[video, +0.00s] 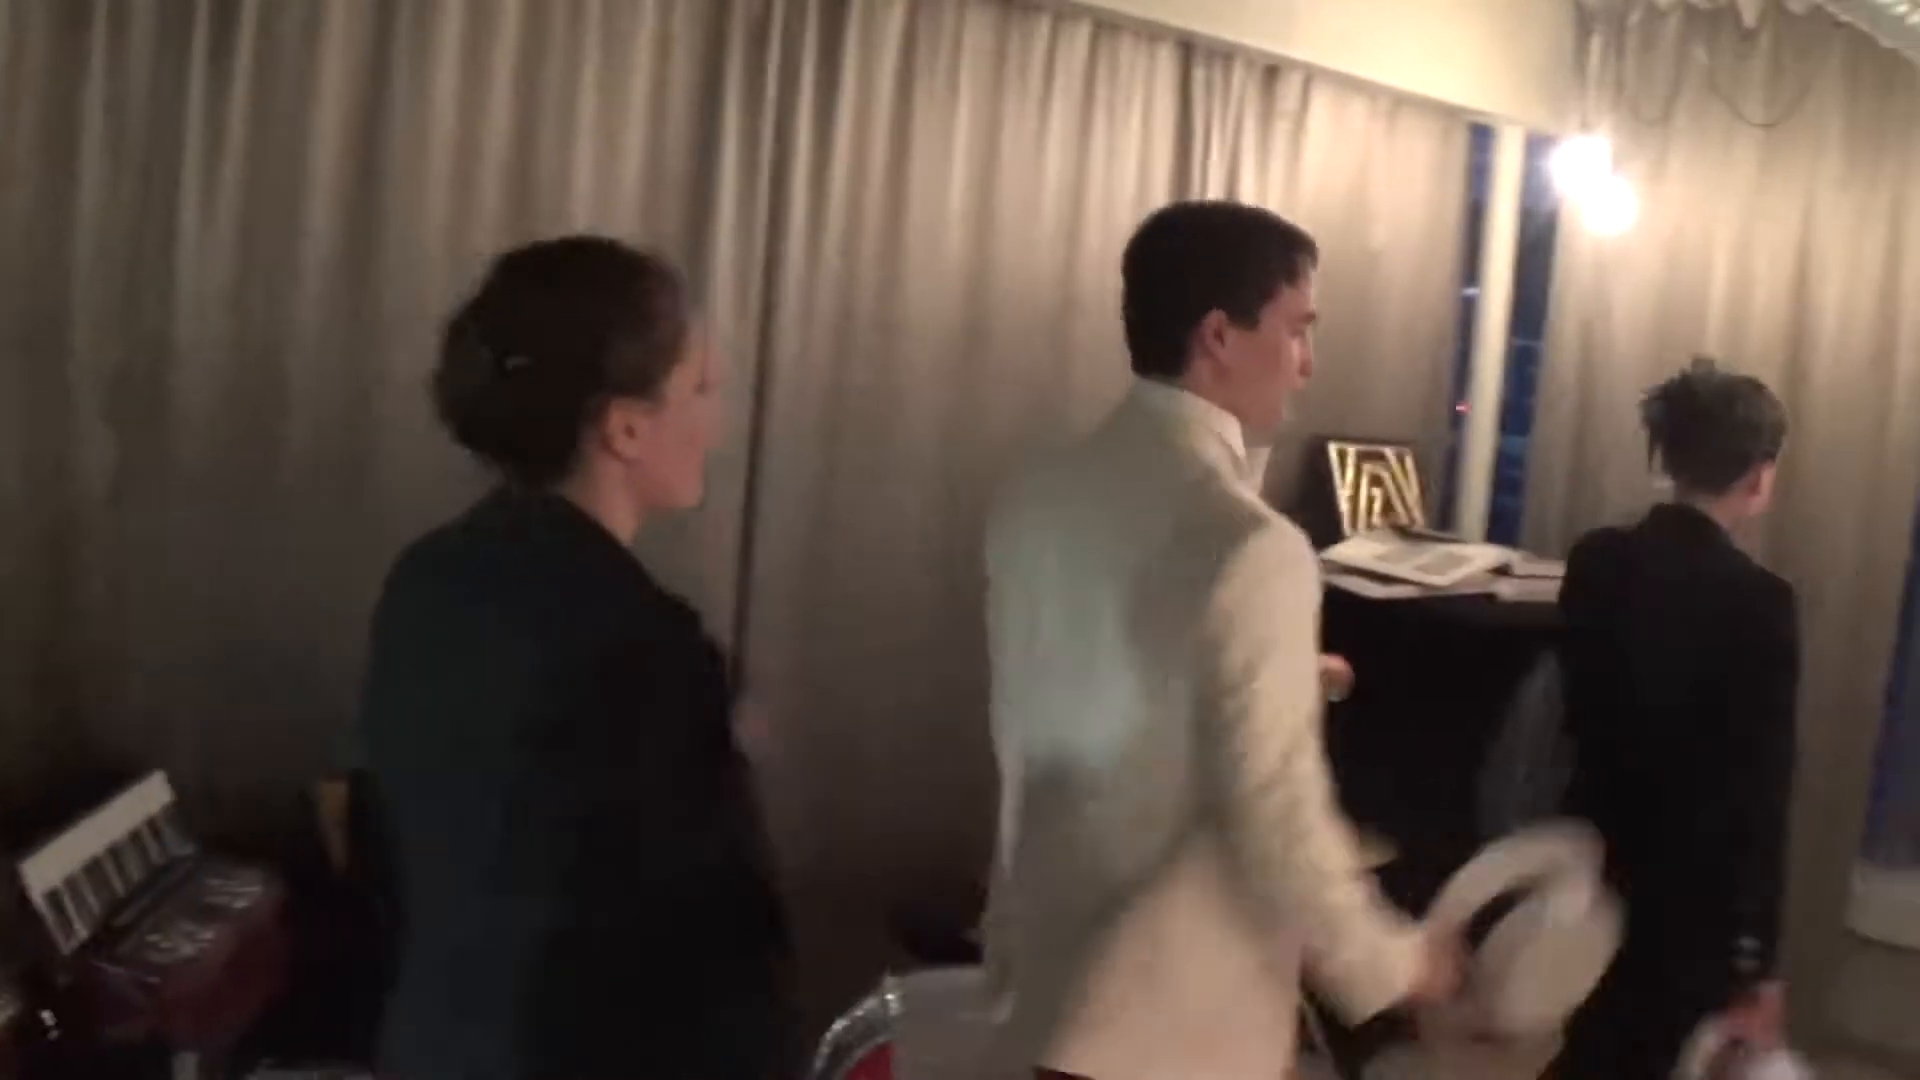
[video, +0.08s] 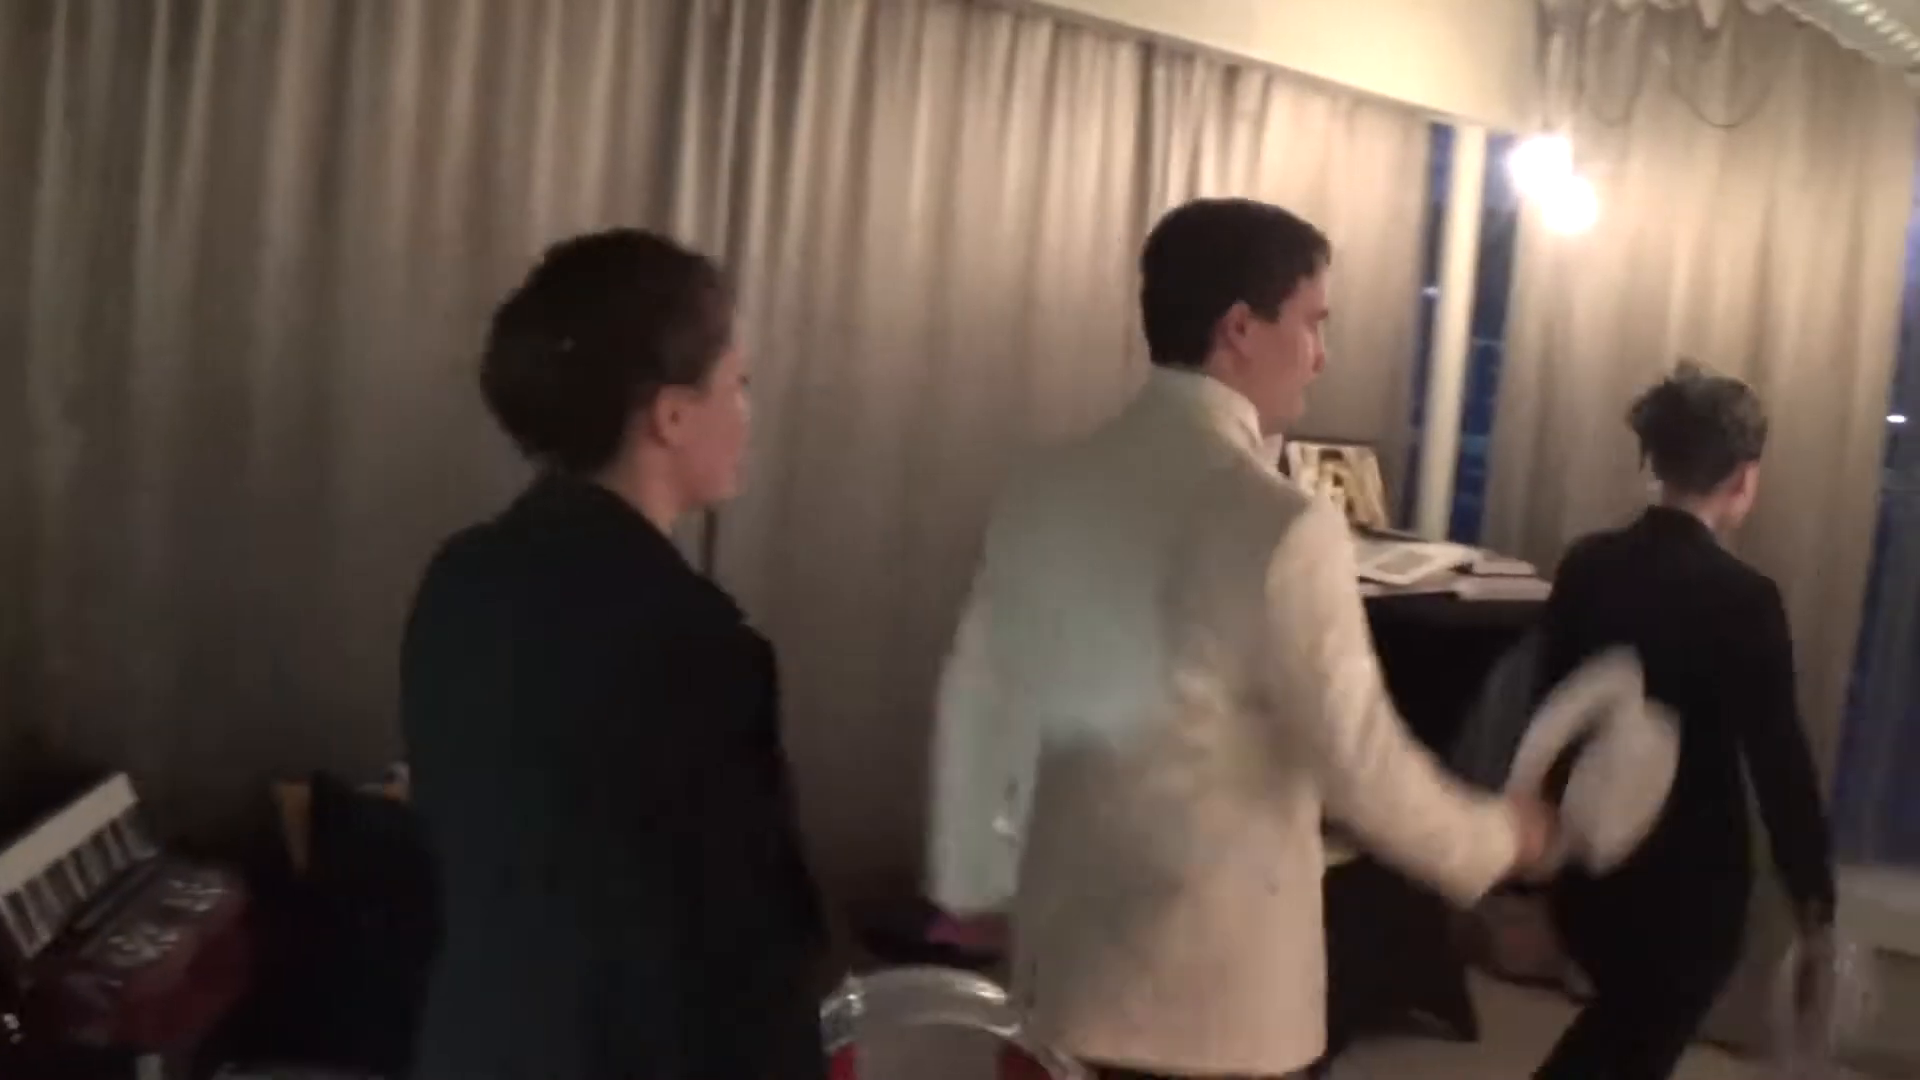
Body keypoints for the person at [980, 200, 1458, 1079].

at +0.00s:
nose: (1307, 364)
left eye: (1308, 330)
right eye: (1297, 329)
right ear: (1218, 337)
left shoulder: (1036, 492)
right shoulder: (1248, 546)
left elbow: (1084, 694)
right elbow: (1274, 811)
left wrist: (1271, 679)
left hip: (1040, 968)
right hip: (1184, 1002)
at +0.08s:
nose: (1321, 356)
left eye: (1322, 325)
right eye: (1313, 323)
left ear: (1177, 330)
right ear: (1239, 330)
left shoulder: (1048, 486)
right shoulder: (1281, 524)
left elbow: (980, 688)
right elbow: (1357, 755)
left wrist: (971, 883)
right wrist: (1500, 837)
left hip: (1059, 934)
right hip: (1219, 969)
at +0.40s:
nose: (1301, 355)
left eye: (1305, 330)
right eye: (1301, 329)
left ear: (1166, 310)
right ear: (1251, 329)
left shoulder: (1045, 463)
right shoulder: (1285, 505)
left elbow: (960, 664)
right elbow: (1369, 712)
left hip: (1059, 911)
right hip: (1205, 944)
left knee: (1089, 1066)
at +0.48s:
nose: (1300, 363)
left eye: (1302, 338)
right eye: (1298, 337)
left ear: (1167, 329)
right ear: (1254, 345)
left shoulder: (1048, 476)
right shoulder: (1272, 519)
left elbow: (1003, 678)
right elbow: (1309, 740)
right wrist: (1402, 875)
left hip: (1030, 899)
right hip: (1200, 926)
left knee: (1080, 1060)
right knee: (1243, 1063)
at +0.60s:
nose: (1308, 367)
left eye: (1312, 342)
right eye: (1308, 341)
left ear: (1184, 328)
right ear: (1267, 344)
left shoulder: (1082, 470)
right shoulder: (1266, 517)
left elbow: (1076, 659)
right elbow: (1252, 740)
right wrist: (1302, 918)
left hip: (1071, 879)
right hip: (1205, 902)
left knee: (1090, 1067)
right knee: (1267, 1066)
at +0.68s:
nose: (1321, 351)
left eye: (1322, 328)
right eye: (1318, 327)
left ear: (1207, 315)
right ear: (1281, 331)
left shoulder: (1116, 439)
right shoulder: (1264, 492)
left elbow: (1171, 613)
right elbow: (1237, 709)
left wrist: (1325, 612)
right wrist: (1271, 893)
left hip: (1078, 866)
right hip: (1202, 892)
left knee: (1081, 1062)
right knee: (1251, 1062)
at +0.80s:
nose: (1346, 353)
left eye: (1347, 331)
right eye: (1343, 331)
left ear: (1233, 325)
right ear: (1305, 340)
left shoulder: (1155, 436)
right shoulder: (1284, 486)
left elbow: (1237, 570)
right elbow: (1230, 676)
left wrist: (1378, 558)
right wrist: (1247, 864)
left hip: (1112, 850)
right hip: (1230, 879)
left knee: (1102, 1059)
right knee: (1245, 1066)